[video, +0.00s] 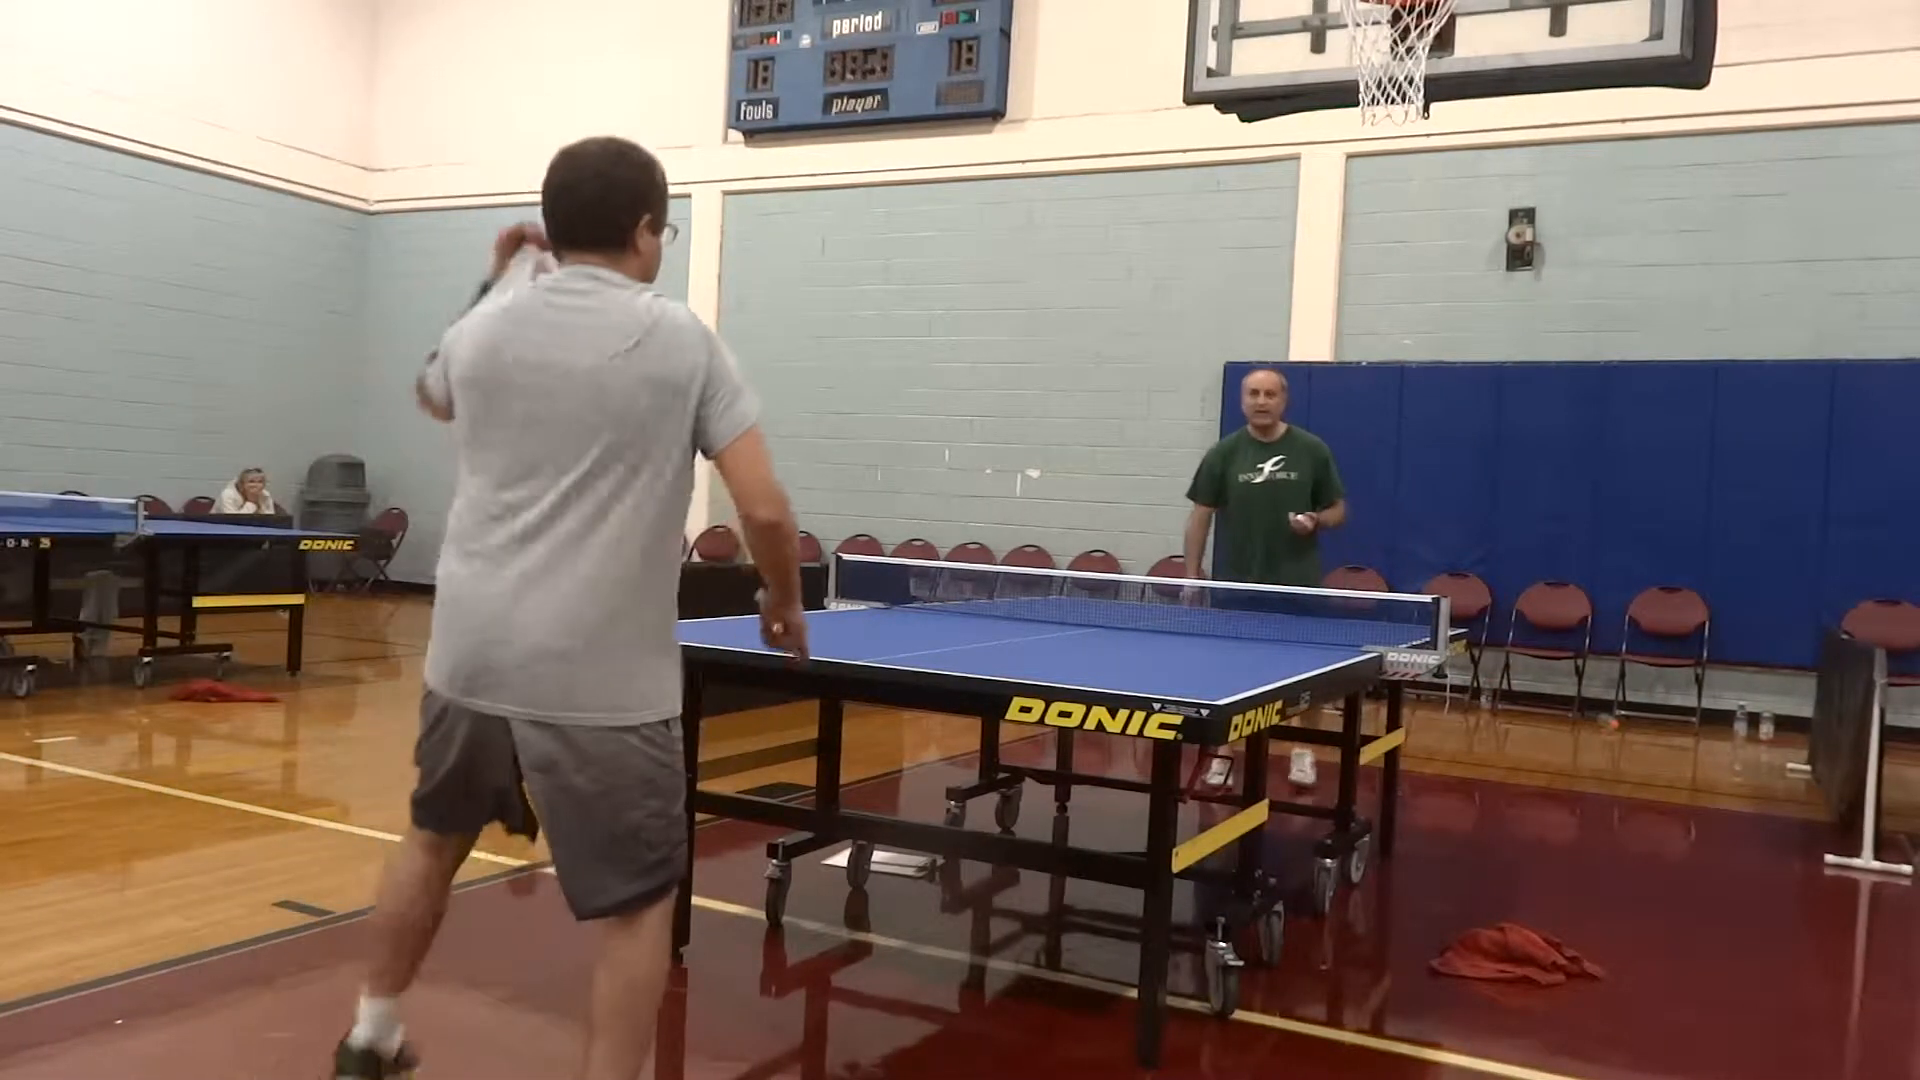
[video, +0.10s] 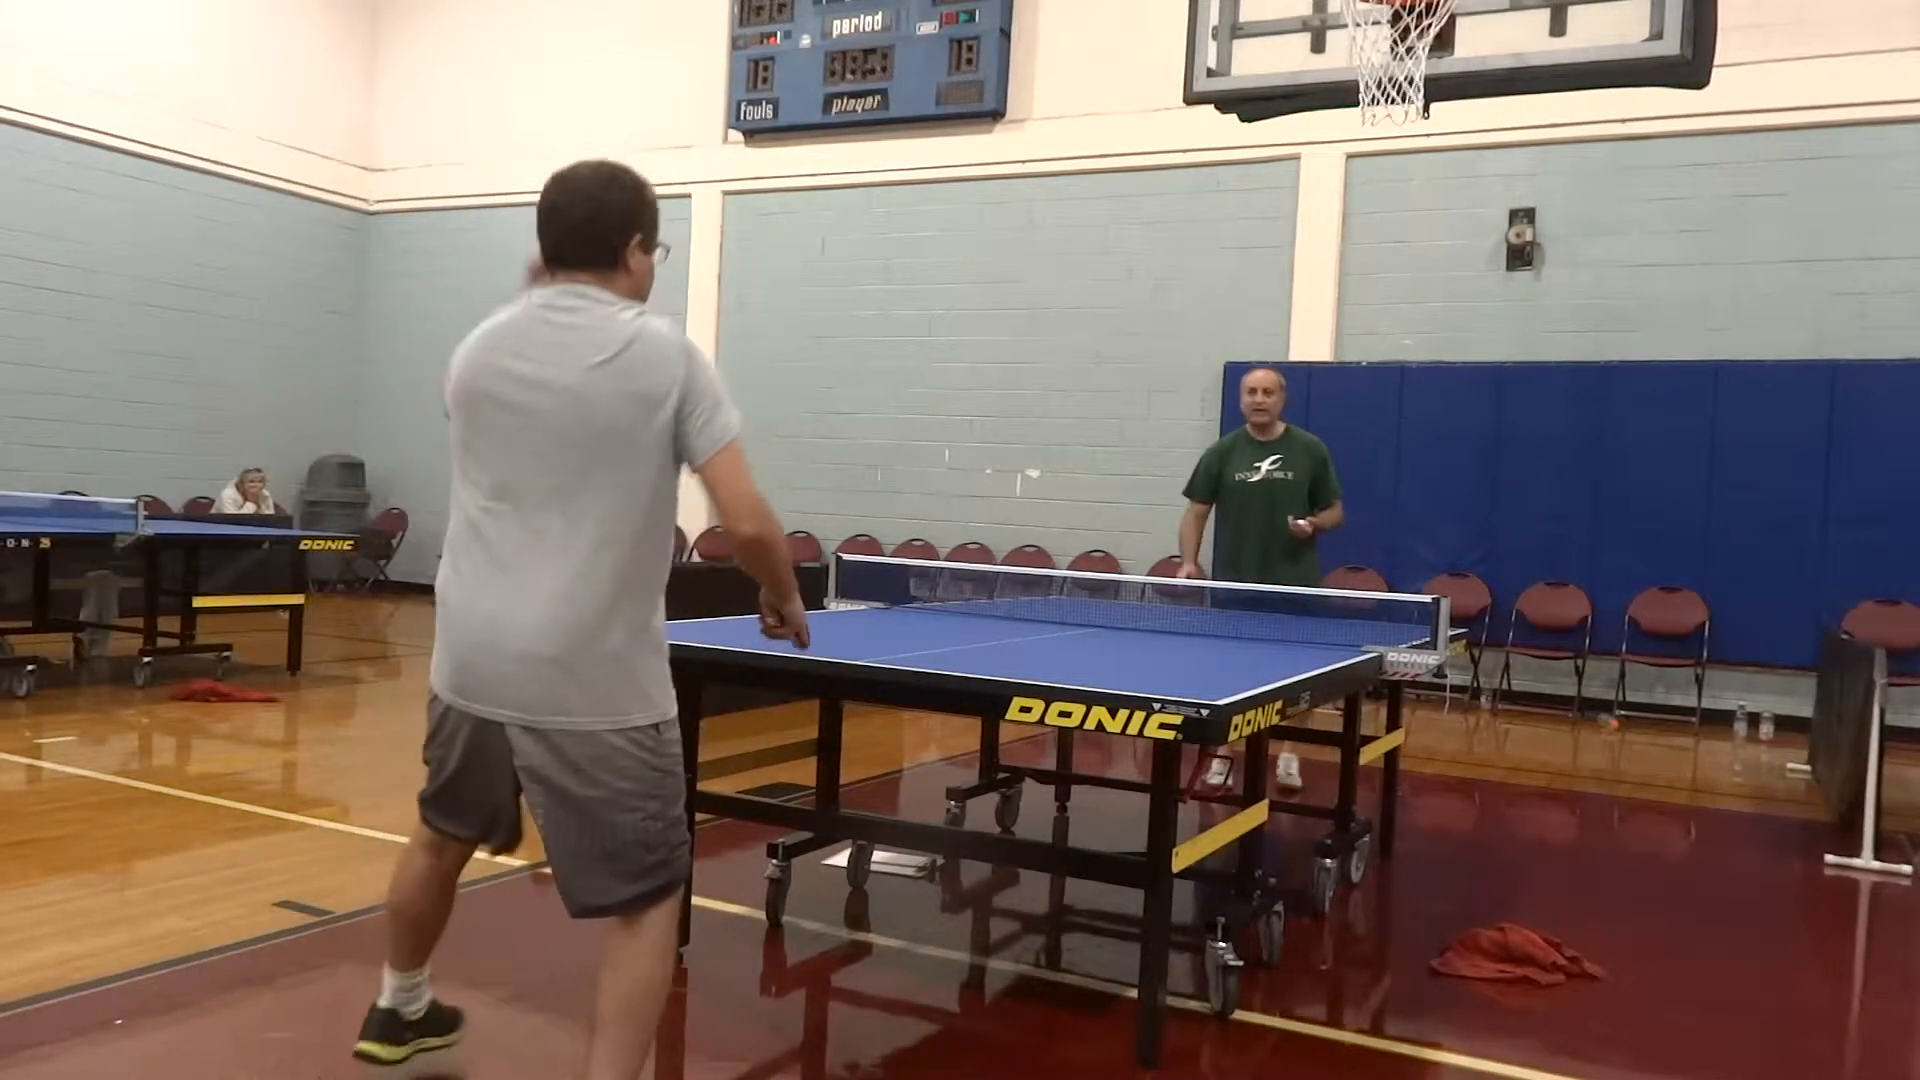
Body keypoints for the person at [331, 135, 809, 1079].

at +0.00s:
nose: (664, 237)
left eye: (661, 223)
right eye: (663, 223)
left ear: (548, 230)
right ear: (645, 230)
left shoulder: (490, 323)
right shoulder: (683, 340)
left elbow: (436, 395)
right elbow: (765, 512)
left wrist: (498, 283)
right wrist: (783, 603)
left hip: (466, 659)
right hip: (605, 684)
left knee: (433, 836)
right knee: (632, 907)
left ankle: (371, 1035)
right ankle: (614, 1074)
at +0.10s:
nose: (655, 260)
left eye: (656, 246)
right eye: (653, 246)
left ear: (541, 248)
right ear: (634, 250)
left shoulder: (478, 350)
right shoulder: (667, 357)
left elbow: (498, 485)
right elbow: (745, 522)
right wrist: (781, 594)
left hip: (469, 665)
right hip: (598, 688)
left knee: (442, 831)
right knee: (644, 901)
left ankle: (395, 1007)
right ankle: (616, 1072)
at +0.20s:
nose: (641, 281)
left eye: (640, 267)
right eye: (639, 267)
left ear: (537, 269)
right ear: (619, 271)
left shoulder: (471, 365)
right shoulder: (638, 373)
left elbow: (500, 510)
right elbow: (703, 534)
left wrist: (639, 540)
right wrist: (765, 599)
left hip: (464, 669)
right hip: (582, 688)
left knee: (459, 835)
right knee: (646, 893)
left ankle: (407, 1018)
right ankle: (612, 1073)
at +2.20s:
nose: (712, 353)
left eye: (711, 338)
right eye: (710, 337)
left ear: (615, 332)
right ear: (687, 338)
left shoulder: (538, 394)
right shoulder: (675, 418)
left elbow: (520, 537)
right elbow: (698, 582)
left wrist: (607, 622)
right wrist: (749, 638)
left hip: (463, 652)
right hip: (563, 671)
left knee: (474, 830)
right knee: (633, 884)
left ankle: (406, 1027)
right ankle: (637, 1073)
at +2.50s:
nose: (727, 349)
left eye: (729, 335)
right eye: (726, 334)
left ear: (632, 326)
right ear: (699, 329)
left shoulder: (553, 395)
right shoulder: (703, 400)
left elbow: (496, 536)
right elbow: (814, 514)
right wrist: (777, 573)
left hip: (506, 659)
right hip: (617, 668)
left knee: (496, 833)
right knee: (733, 862)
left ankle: (408, 1026)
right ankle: (730, 1070)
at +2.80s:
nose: (777, 300)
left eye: (776, 289)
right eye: (776, 288)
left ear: (676, 289)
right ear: (759, 286)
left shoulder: (612, 372)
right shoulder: (796, 360)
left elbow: (528, 526)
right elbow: (935, 435)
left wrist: (592, 589)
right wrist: (930, 509)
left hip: (613, 663)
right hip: (748, 675)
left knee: (561, 836)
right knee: (785, 882)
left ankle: (491, 1017)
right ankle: (758, 1074)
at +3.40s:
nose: (731, 295)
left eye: (732, 280)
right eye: (729, 279)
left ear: (629, 278)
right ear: (707, 280)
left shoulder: (552, 355)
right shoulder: (717, 376)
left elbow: (456, 484)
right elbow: (802, 549)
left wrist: (531, 554)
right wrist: (816, 577)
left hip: (507, 640)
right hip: (628, 651)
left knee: (472, 820)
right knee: (707, 856)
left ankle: (406, 1013)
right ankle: (678, 1070)